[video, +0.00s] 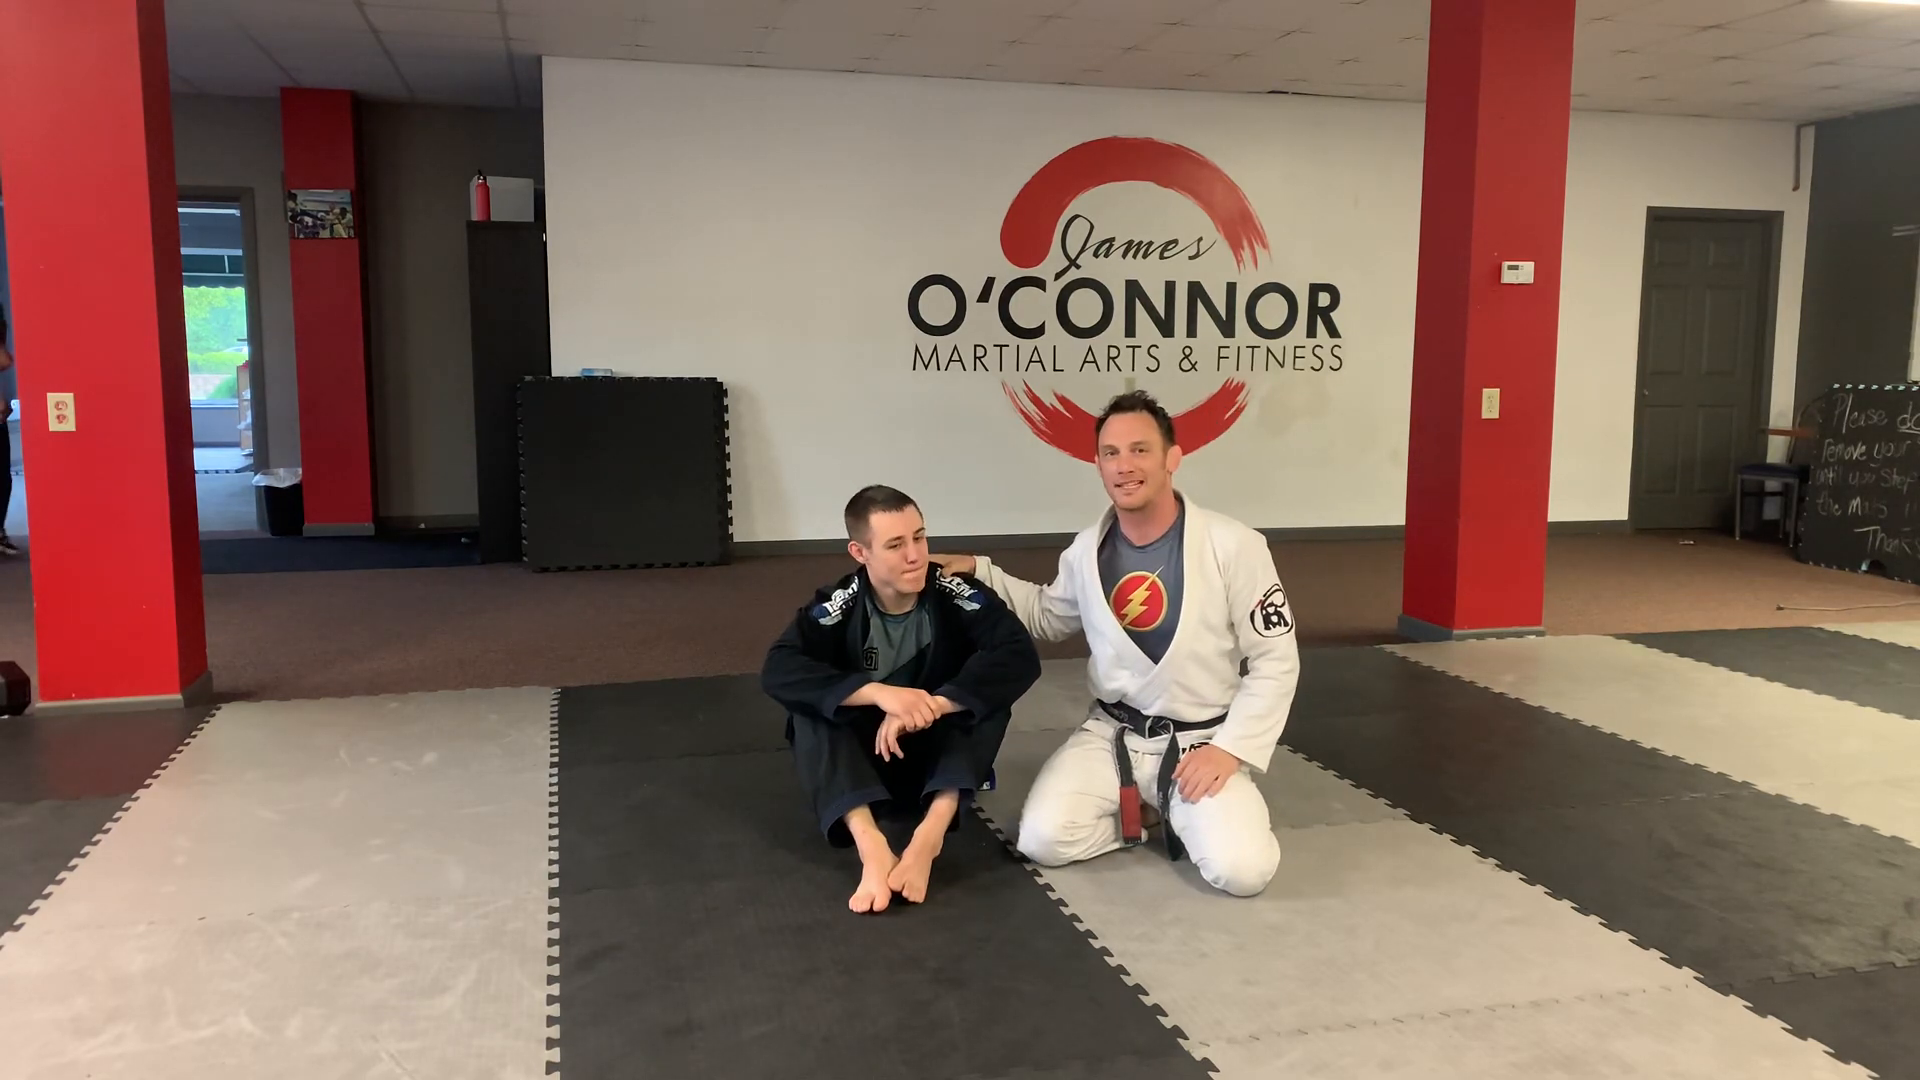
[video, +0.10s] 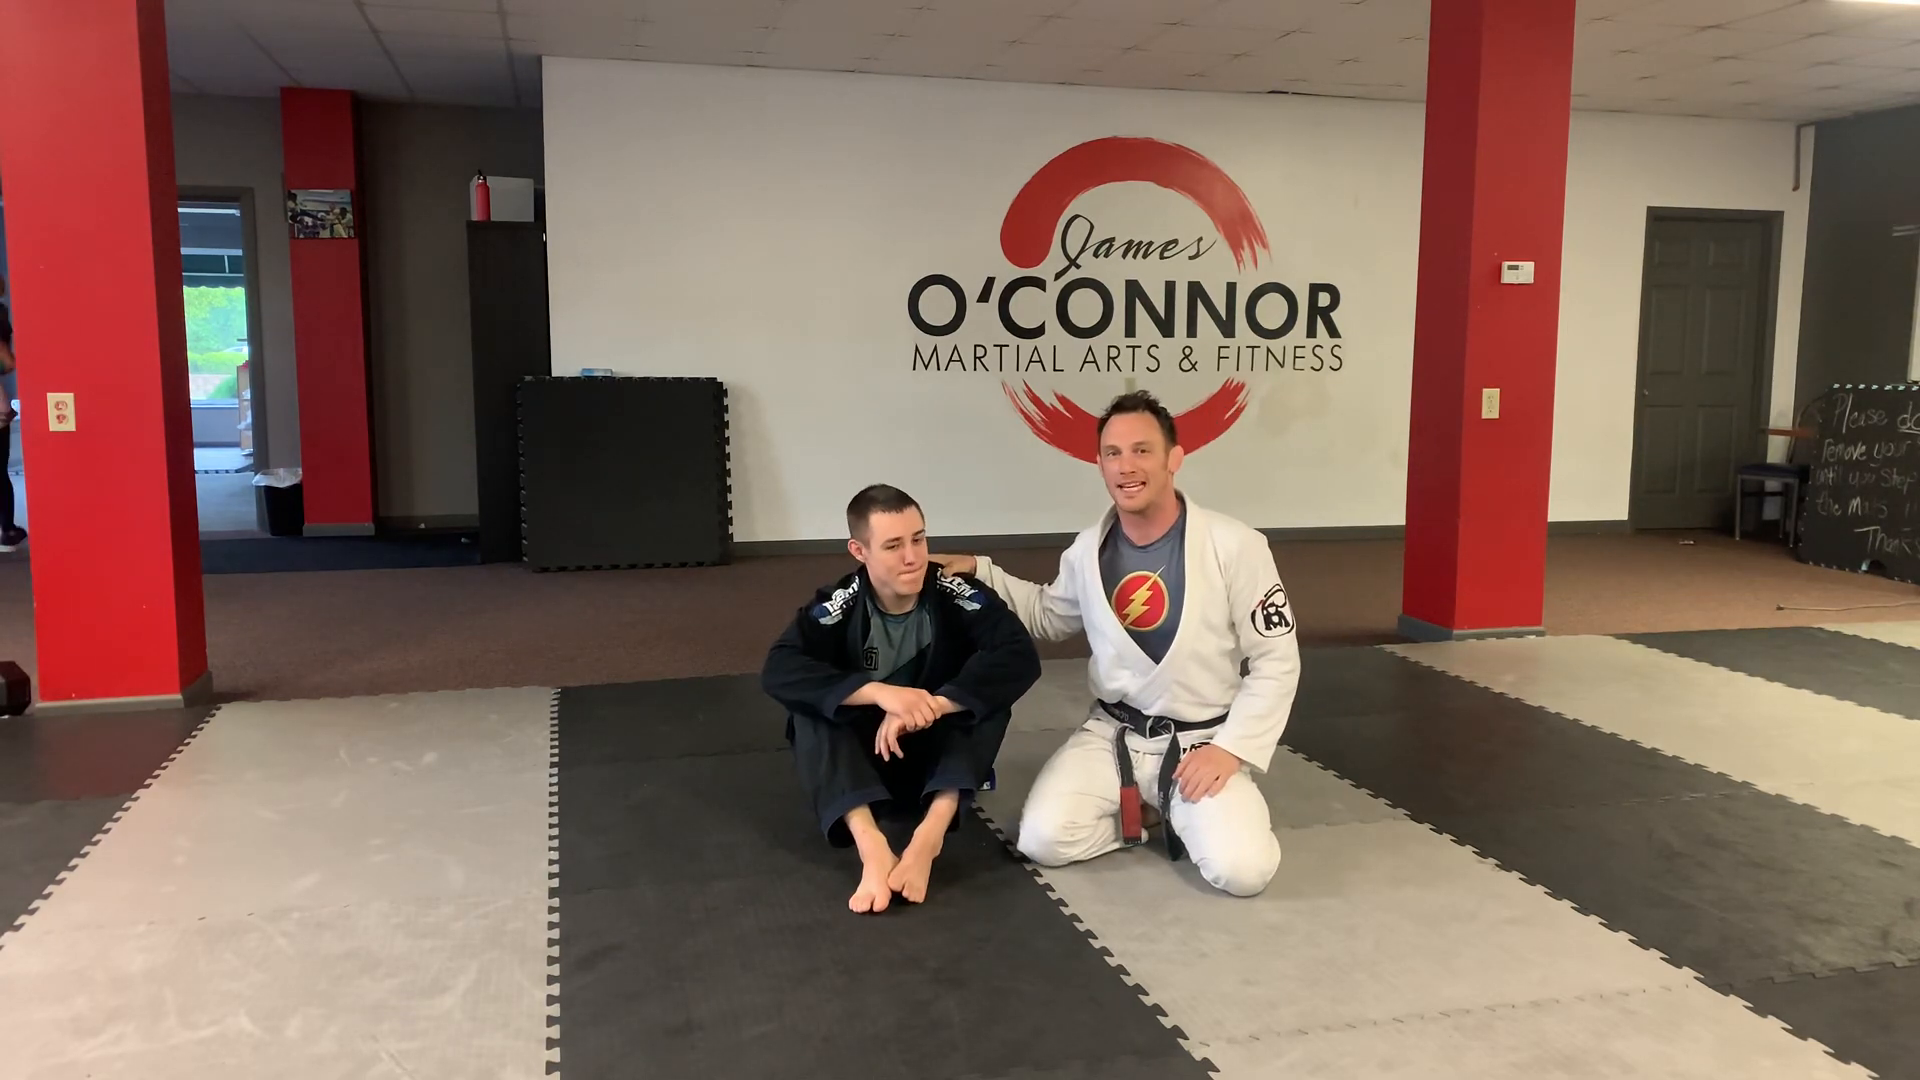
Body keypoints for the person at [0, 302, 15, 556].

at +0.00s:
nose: (6, 337)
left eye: (4, 332)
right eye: (5, 332)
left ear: (3, 334)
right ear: (3, 334)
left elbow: (7, 361)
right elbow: (7, 361)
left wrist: (5, 405)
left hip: (2, 423)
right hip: (1, 424)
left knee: (4, 478)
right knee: (3, 478)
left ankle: (2, 531)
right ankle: (1, 531)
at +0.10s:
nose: (5, 285)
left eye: (3, 282)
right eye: (4, 283)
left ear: (1, 288)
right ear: (3, 288)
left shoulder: (4, 317)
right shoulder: (3, 317)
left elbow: (7, 362)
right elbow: (7, 362)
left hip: (3, 408)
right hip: (2, 408)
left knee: (4, 472)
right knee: (3, 472)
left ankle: (7, 527)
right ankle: (6, 527)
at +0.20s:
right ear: (7, 325)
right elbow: (5, 376)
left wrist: (8, 407)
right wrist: (8, 406)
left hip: (5, 417)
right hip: (4, 417)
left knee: (4, 476)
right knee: (3, 476)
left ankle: (5, 531)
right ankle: (4, 531)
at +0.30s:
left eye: (4, 298)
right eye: (3, 297)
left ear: (9, 299)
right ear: (5, 298)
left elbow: (7, 376)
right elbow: (6, 376)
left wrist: (15, 405)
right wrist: (15, 405)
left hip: (7, 414)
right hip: (5, 413)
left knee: (7, 474)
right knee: (6, 475)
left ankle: (5, 531)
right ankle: (4, 532)